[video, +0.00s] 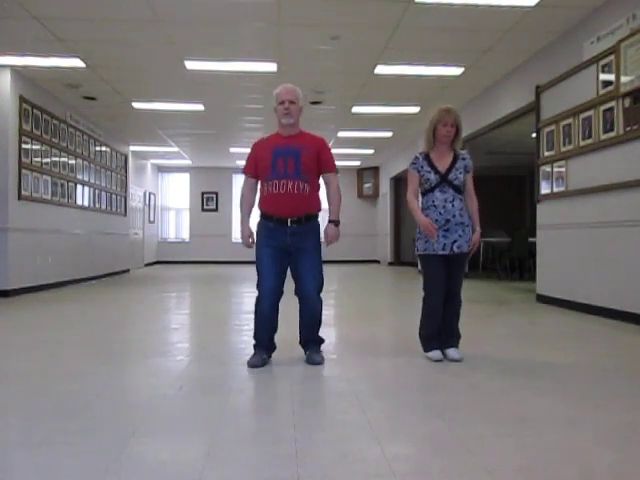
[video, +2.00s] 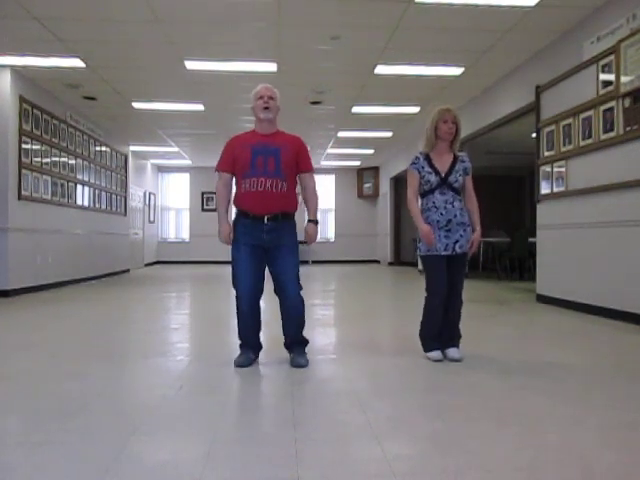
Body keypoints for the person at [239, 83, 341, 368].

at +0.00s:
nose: (287, 107)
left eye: (292, 102)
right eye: (281, 103)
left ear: (301, 107)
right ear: (274, 108)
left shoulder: (317, 145)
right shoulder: (261, 147)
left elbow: (332, 184)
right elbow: (250, 186)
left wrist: (334, 220)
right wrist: (244, 222)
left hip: (306, 229)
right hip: (271, 228)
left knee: (311, 291)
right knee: (268, 292)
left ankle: (312, 345)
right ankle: (262, 348)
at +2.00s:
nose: (266, 101)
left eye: (271, 97)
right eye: (260, 97)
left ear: (279, 107)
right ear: (252, 107)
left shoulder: (294, 144)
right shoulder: (236, 143)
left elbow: (307, 183)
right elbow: (224, 183)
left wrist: (312, 219)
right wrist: (223, 221)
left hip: (283, 225)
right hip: (246, 225)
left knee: (290, 291)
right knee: (245, 292)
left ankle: (297, 348)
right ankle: (248, 348)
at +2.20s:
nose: (257, 99)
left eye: (262, 95)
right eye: (252, 96)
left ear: (271, 104)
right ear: (244, 105)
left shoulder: (287, 141)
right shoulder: (228, 140)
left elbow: (298, 181)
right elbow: (212, 178)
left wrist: (299, 217)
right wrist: (219, 211)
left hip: (276, 223)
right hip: (238, 223)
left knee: (287, 281)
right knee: (242, 290)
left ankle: (289, 343)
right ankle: (248, 347)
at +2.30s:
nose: (255, 98)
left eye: (260, 94)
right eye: (250, 95)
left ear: (269, 102)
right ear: (242, 103)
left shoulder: (285, 139)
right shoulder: (227, 139)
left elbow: (297, 178)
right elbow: (211, 176)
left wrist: (296, 214)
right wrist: (216, 208)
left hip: (274, 222)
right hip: (236, 222)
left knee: (281, 283)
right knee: (240, 288)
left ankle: (277, 344)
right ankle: (248, 346)